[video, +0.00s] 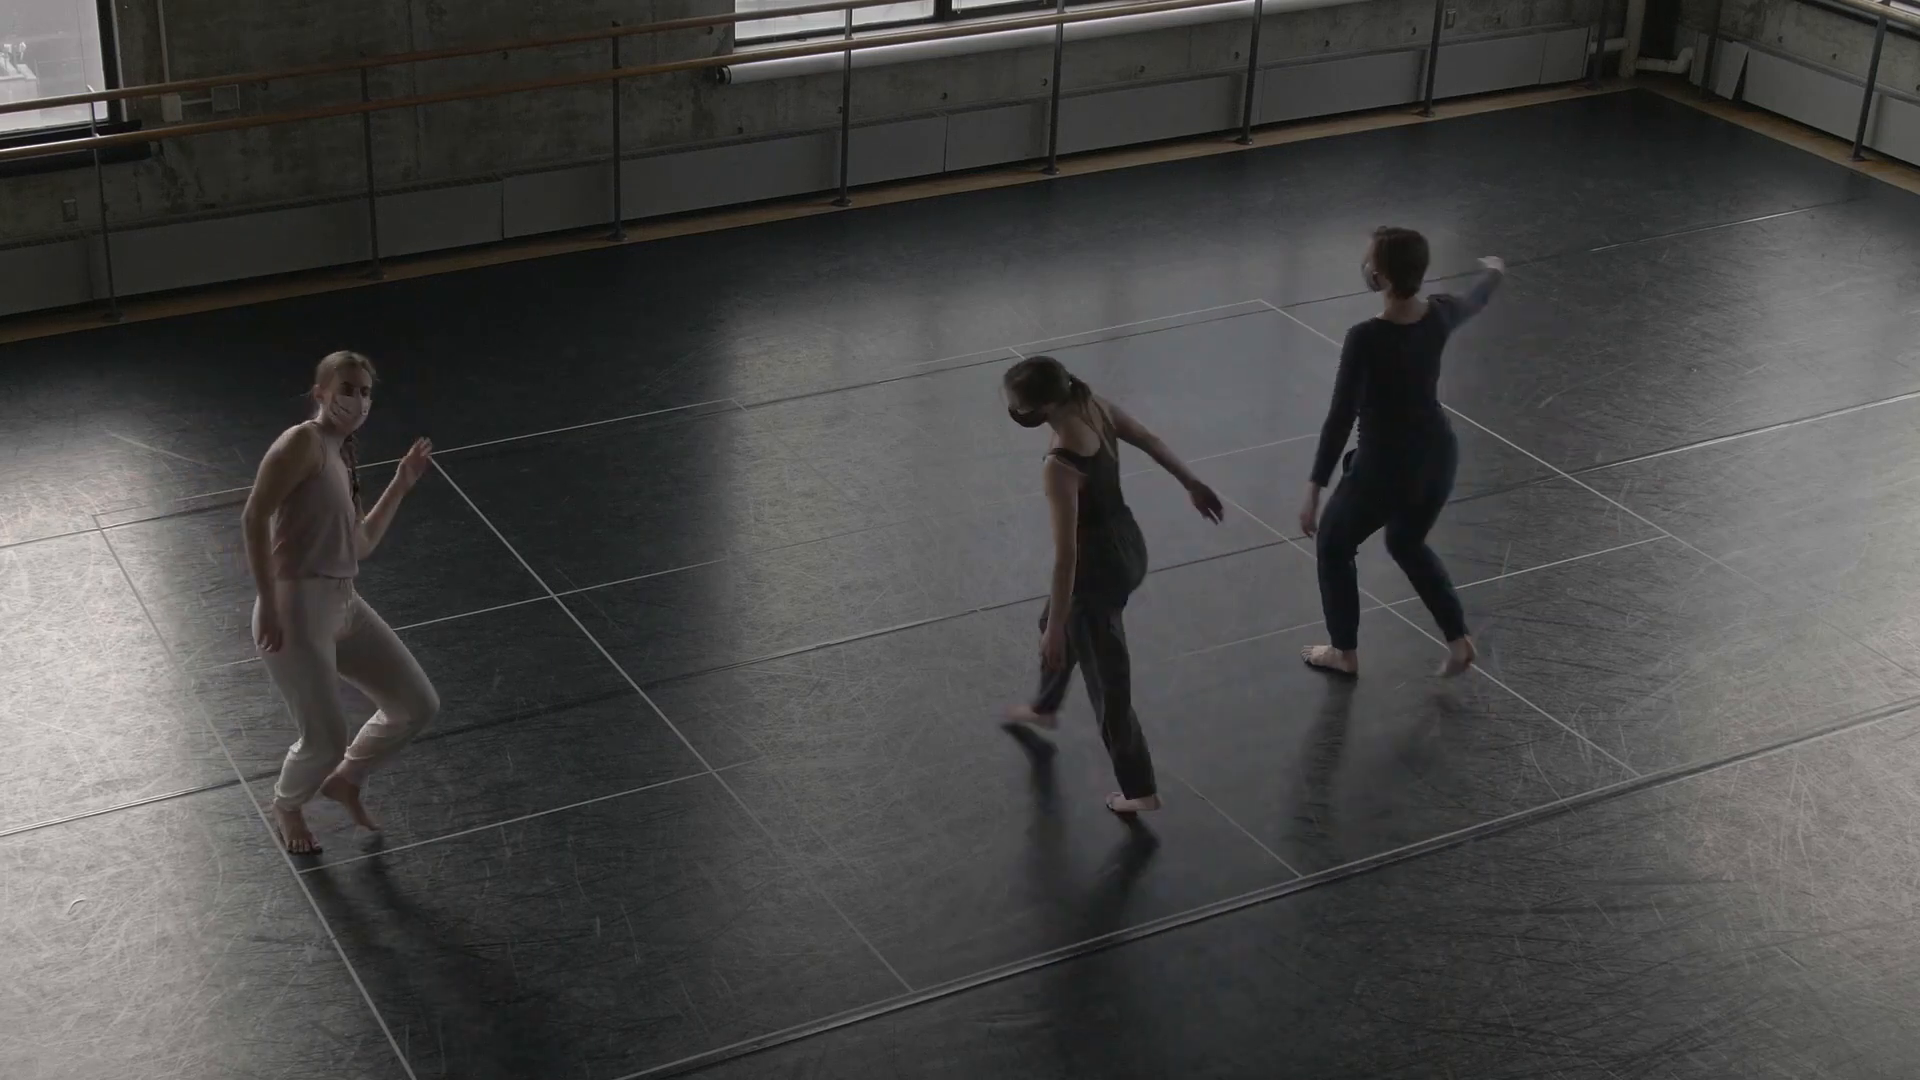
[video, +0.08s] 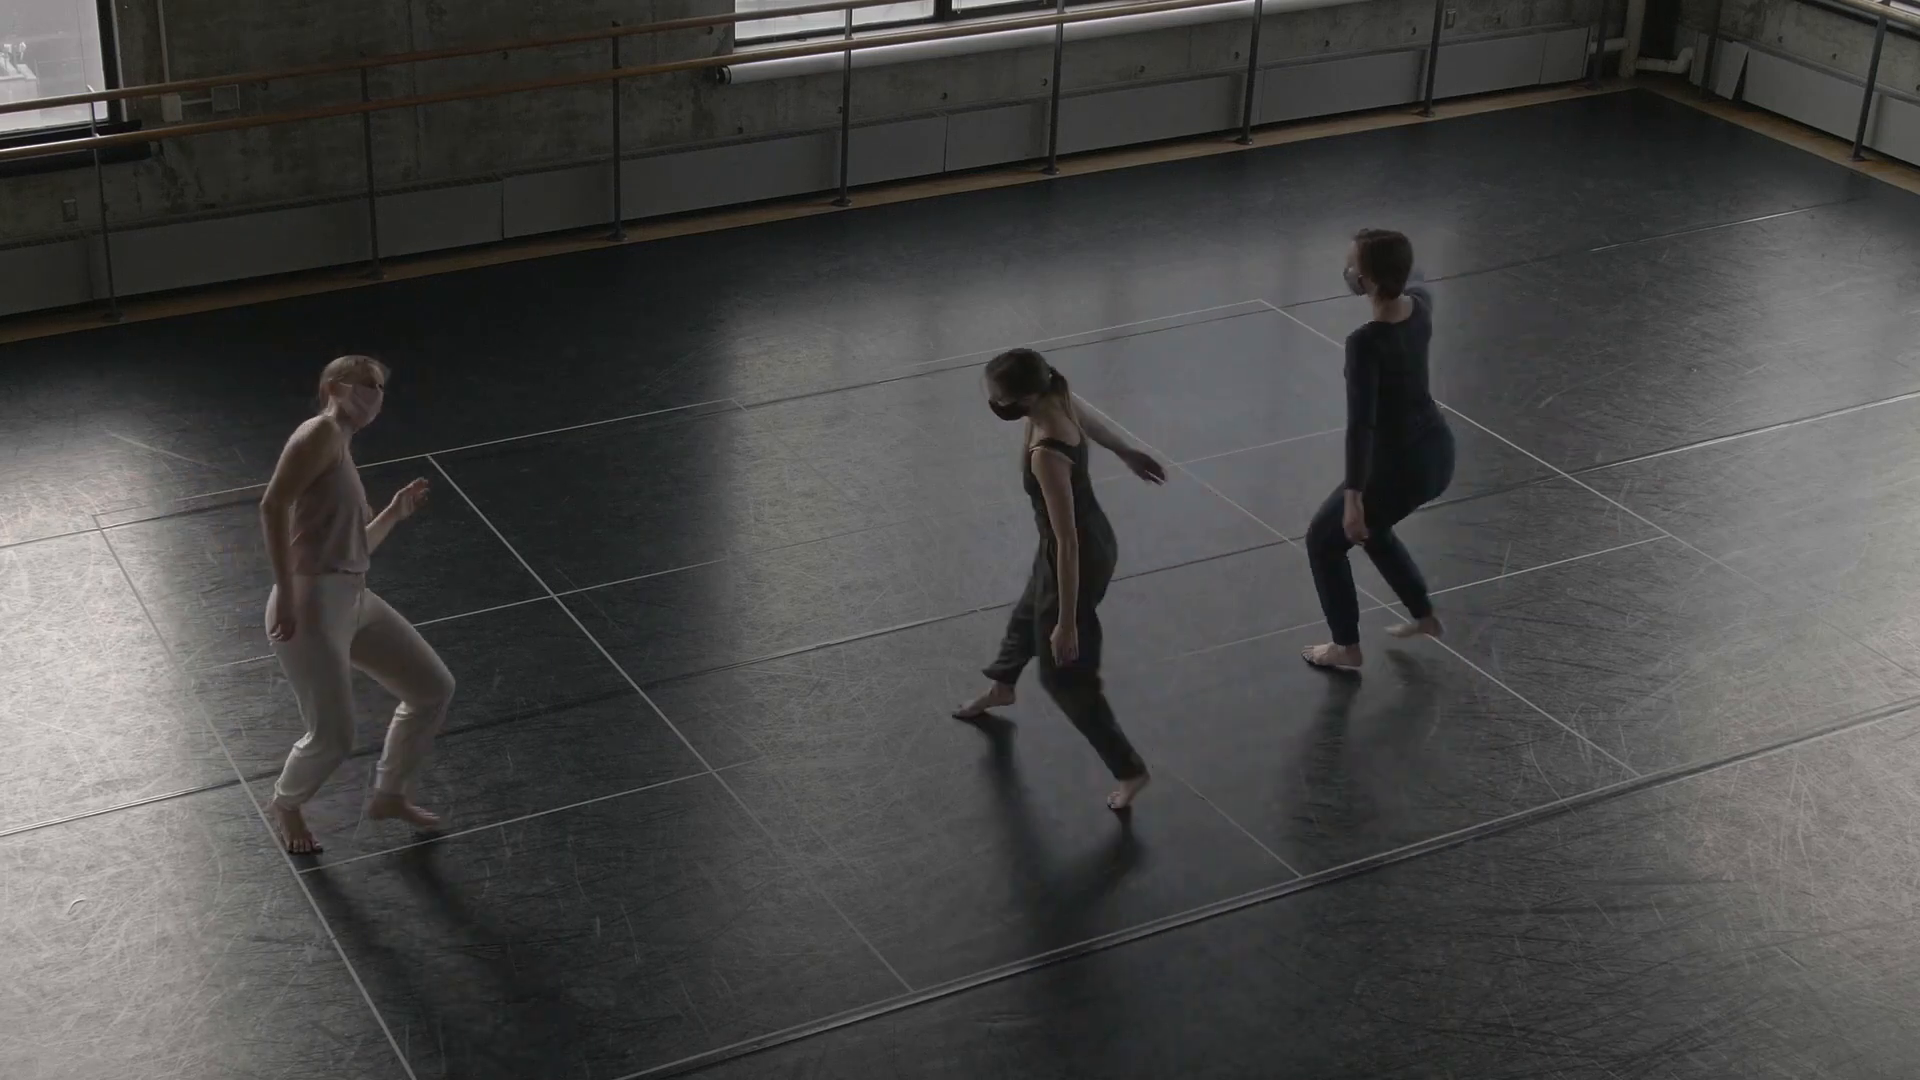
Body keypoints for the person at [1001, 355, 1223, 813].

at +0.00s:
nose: (1013, 414)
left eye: (1017, 410)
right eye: (1013, 407)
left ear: (1039, 411)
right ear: (1060, 387)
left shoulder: (1061, 466)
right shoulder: (1093, 407)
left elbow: (1066, 557)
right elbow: (1147, 441)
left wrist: (1055, 628)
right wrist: (1193, 483)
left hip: (1097, 577)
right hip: (1127, 553)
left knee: (1108, 683)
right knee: (1054, 623)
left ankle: (1140, 790)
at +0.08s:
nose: (993, 405)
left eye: (997, 400)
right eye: (993, 398)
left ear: (1018, 404)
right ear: (1038, 381)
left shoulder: (1045, 454)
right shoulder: (1058, 399)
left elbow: (1067, 542)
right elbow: (1100, 427)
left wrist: (1066, 624)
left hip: (1077, 564)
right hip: (1078, 545)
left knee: (1059, 674)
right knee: (1030, 608)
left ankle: (1129, 769)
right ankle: (1000, 683)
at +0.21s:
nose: (964, 409)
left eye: (972, 405)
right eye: (964, 400)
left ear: (999, 405)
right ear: (1009, 395)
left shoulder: (1023, 462)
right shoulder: (1013, 410)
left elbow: (1062, 542)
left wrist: (1083, 618)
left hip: (1051, 565)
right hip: (1028, 544)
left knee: (975, 659)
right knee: (972, 620)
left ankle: (1054, 731)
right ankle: (1001, 700)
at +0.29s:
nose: (947, 412)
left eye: (953, 409)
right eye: (948, 406)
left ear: (979, 416)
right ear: (990, 407)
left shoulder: (1006, 470)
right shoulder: (990, 419)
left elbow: (1049, 547)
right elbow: (937, 429)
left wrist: (1081, 614)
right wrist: (896, 427)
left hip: (1040, 574)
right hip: (1017, 549)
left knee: (941, 638)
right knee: (964, 621)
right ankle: (999, 703)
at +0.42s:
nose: (925, 450)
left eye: (935, 445)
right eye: (925, 441)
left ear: (968, 445)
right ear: (959, 441)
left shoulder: (982, 499)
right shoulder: (947, 460)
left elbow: (1031, 570)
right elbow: (867, 464)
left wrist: (1064, 633)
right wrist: (795, 468)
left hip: (1018, 600)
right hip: (992, 578)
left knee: (910, 641)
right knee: (928, 629)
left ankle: (931, 729)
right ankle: (990, 690)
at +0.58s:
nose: (901, 499)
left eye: (910, 496)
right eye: (902, 490)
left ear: (942, 502)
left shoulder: (956, 555)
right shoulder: (923, 517)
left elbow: (1012, 614)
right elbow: (846, 529)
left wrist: (1051, 674)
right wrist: (793, 544)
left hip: (991, 651)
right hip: (970, 629)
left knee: (888, 651)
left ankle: (930, 732)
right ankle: (984, 680)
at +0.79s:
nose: (901, 515)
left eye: (910, 511)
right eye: (900, 505)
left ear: (943, 513)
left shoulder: (968, 559)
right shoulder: (904, 535)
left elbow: (1031, 597)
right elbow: (838, 563)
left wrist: (1065, 641)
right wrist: (824, 598)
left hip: (997, 645)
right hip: (953, 629)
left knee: (899, 646)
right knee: (878, 683)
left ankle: (932, 733)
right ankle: (972, 681)